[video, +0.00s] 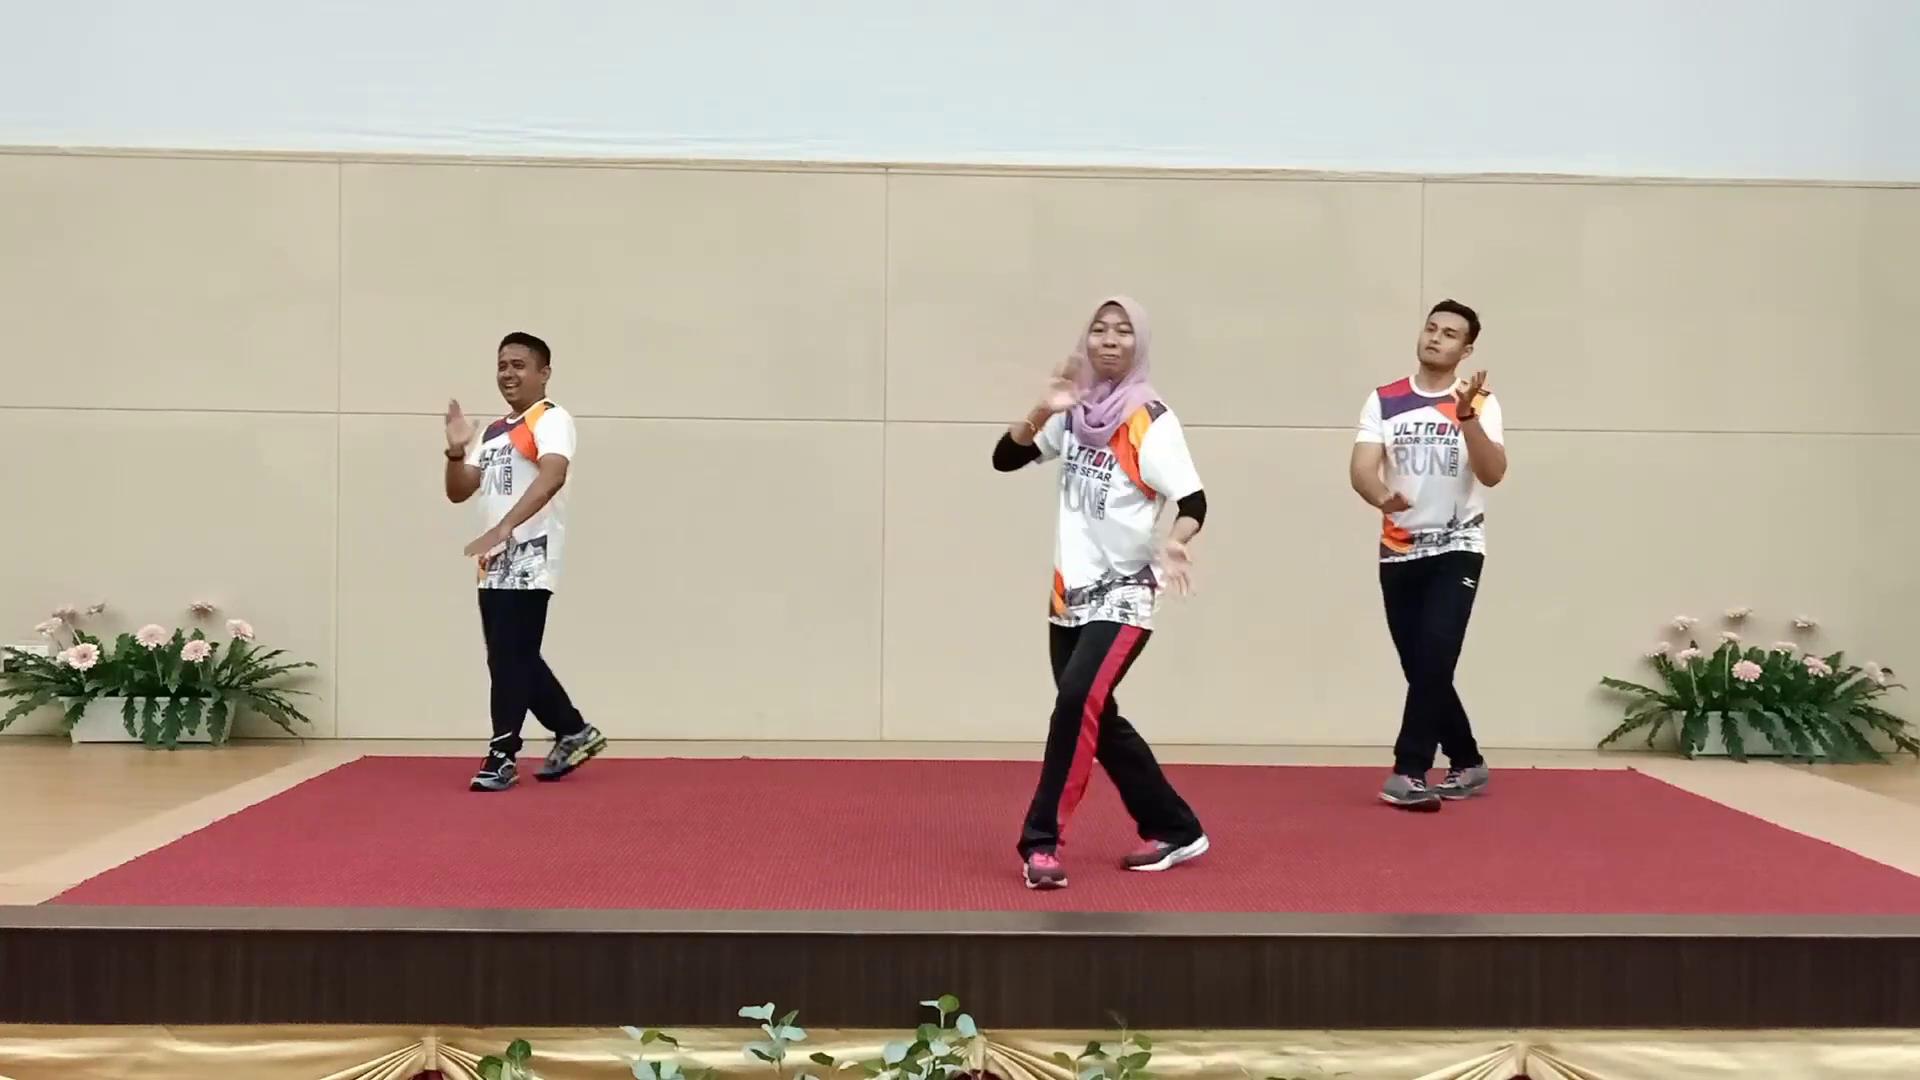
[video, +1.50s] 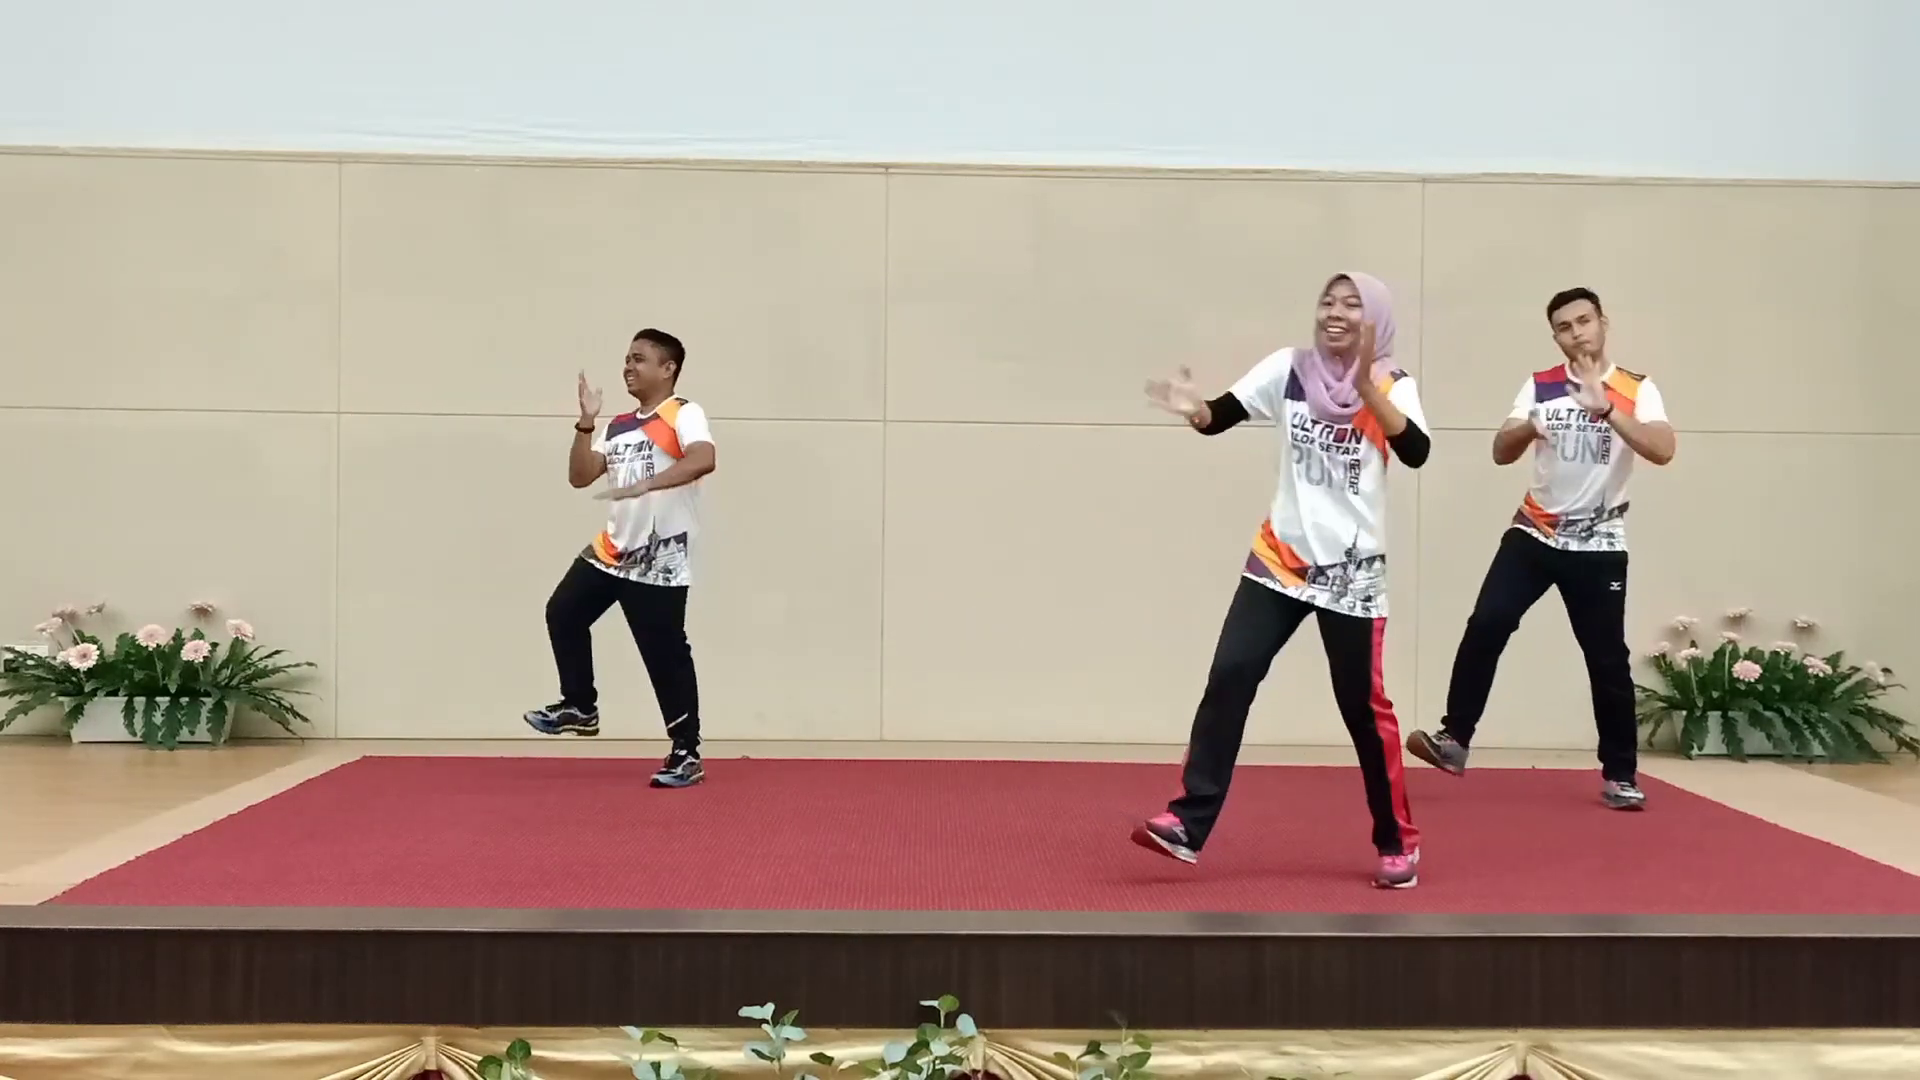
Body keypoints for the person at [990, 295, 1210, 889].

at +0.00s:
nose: (1111, 339)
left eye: (1123, 331)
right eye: (1101, 330)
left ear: (1140, 345)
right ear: (1085, 342)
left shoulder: (1150, 418)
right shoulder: (1071, 415)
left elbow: (1192, 499)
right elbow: (1004, 461)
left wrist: (1175, 539)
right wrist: (1036, 416)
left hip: (1127, 595)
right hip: (1070, 597)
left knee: (1075, 705)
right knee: (1098, 720)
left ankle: (1041, 843)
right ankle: (1179, 831)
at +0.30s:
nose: (1192, 331)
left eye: (1204, 321)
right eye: (1181, 321)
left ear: (1222, 333)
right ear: (1164, 333)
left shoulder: (1241, 402)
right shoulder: (1141, 393)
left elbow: (1282, 476)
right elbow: (1095, 459)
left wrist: (1252, 427)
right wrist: (1089, 432)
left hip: (1217, 570)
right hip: (1150, 575)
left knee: (1185, 672)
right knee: (1144, 694)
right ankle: (1179, 836)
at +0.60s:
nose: (1292, 346)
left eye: (1304, 335)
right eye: (1281, 336)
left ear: (1326, 345)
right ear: (1266, 347)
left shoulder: (1355, 410)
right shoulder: (1245, 408)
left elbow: (1380, 466)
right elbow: (1214, 479)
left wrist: (1333, 396)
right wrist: (1191, 533)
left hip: (1320, 594)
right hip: (1242, 589)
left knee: (1343, 715)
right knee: (1195, 698)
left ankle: (1398, 847)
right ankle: (1184, 836)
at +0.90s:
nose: (1362, 359)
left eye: (1375, 350)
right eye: (1355, 348)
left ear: (1405, 355)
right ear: (1348, 352)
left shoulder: (1421, 416)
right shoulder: (1337, 406)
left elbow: (1432, 489)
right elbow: (1274, 453)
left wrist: (1353, 471)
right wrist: (1244, 445)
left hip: (1374, 597)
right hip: (1310, 582)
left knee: (1366, 720)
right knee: (1219, 651)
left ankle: (1401, 849)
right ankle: (1184, 804)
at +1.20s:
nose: (1385, 363)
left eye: (1400, 355)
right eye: (1381, 352)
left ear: (1429, 369)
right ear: (1373, 360)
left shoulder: (1422, 438)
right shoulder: (1354, 418)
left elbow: (1420, 522)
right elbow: (1278, 464)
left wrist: (1356, 543)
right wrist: (1294, 425)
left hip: (1375, 601)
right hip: (1315, 590)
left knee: (1354, 726)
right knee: (1243, 696)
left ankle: (1401, 849)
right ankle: (1186, 841)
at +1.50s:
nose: (1335, 311)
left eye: (1350, 303)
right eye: (1328, 301)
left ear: (1375, 319)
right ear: (1316, 313)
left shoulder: (1391, 383)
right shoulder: (1291, 367)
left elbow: (1416, 453)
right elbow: (1223, 414)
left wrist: (1369, 389)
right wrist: (1198, 409)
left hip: (1353, 566)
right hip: (1281, 556)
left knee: (1363, 705)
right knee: (1229, 679)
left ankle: (1397, 844)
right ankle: (1189, 826)